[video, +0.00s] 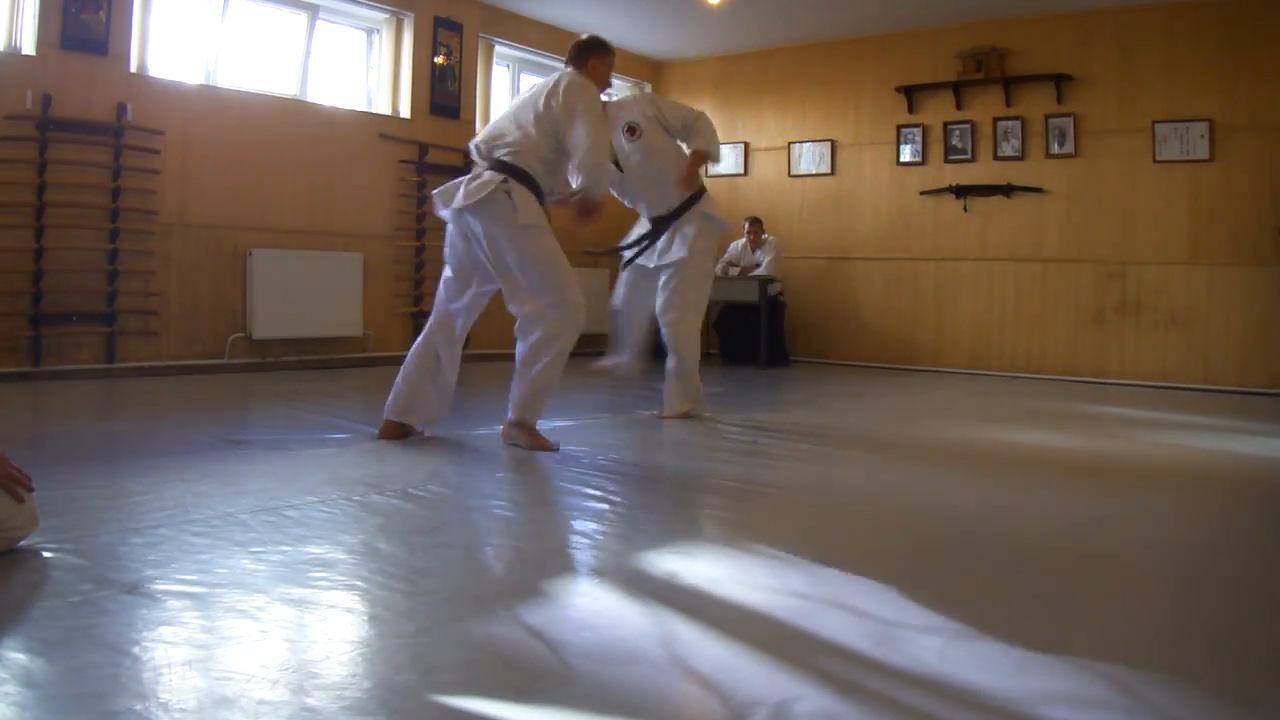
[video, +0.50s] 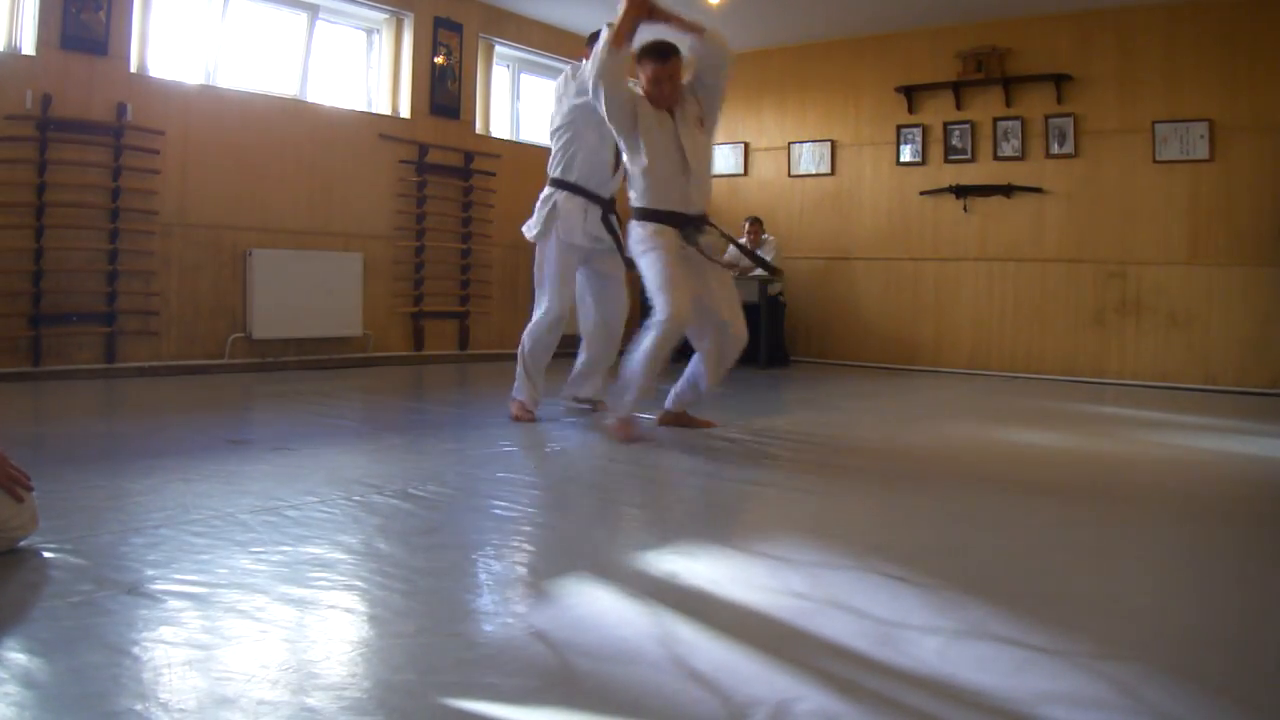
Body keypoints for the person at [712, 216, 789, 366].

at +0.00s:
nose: (752, 237)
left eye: (755, 233)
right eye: (748, 233)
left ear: (762, 232)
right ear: (744, 233)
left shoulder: (770, 243)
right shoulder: (737, 246)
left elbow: (769, 271)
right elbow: (719, 269)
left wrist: (743, 277)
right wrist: (740, 271)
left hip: (767, 296)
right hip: (741, 297)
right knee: (722, 319)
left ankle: (772, 357)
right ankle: (731, 357)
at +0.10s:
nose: (752, 237)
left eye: (756, 233)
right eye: (748, 233)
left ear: (763, 232)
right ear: (744, 233)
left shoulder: (770, 243)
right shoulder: (737, 246)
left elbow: (768, 271)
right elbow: (719, 269)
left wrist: (741, 275)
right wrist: (740, 271)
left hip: (767, 297)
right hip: (742, 298)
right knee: (723, 319)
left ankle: (772, 357)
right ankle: (733, 357)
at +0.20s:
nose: (752, 237)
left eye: (756, 233)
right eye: (749, 233)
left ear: (763, 232)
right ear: (744, 233)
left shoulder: (770, 244)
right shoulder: (737, 246)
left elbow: (768, 271)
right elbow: (719, 269)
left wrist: (739, 275)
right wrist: (740, 271)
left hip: (768, 296)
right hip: (742, 297)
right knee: (723, 319)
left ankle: (773, 357)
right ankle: (732, 356)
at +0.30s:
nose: (752, 237)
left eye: (756, 233)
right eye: (749, 233)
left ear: (763, 232)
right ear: (744, 233)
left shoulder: (770, 244)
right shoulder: (737, 246)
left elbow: (768, 271)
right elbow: (719, 269)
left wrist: (739, 274)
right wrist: (740, 271)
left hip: (768, 296)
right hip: (742, 297)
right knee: (723, 319)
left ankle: (773, 357)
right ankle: (731, 357)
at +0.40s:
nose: (752, 237)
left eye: (756, 233)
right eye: (749, 233)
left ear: (762, 233)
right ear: (744, 233)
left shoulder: (770, 244)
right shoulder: (737, 246)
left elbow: (768, 271)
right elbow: (719, 268)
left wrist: (743, 277)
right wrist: (739, 271)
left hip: (767, 295)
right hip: (741, 296)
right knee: (727, 311)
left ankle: (772, 355)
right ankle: (730, 353)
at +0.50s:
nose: (752, 237)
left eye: (756, 233)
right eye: (749, 233)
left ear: (762, 232)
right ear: (743, 233)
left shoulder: (770, 243)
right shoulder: (737, 245)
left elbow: (767, 267)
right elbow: (724, 265)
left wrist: (744, 273)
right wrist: (741, 269)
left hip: (770, 294)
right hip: (746, 295)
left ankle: (773, 356)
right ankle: (748, 355)